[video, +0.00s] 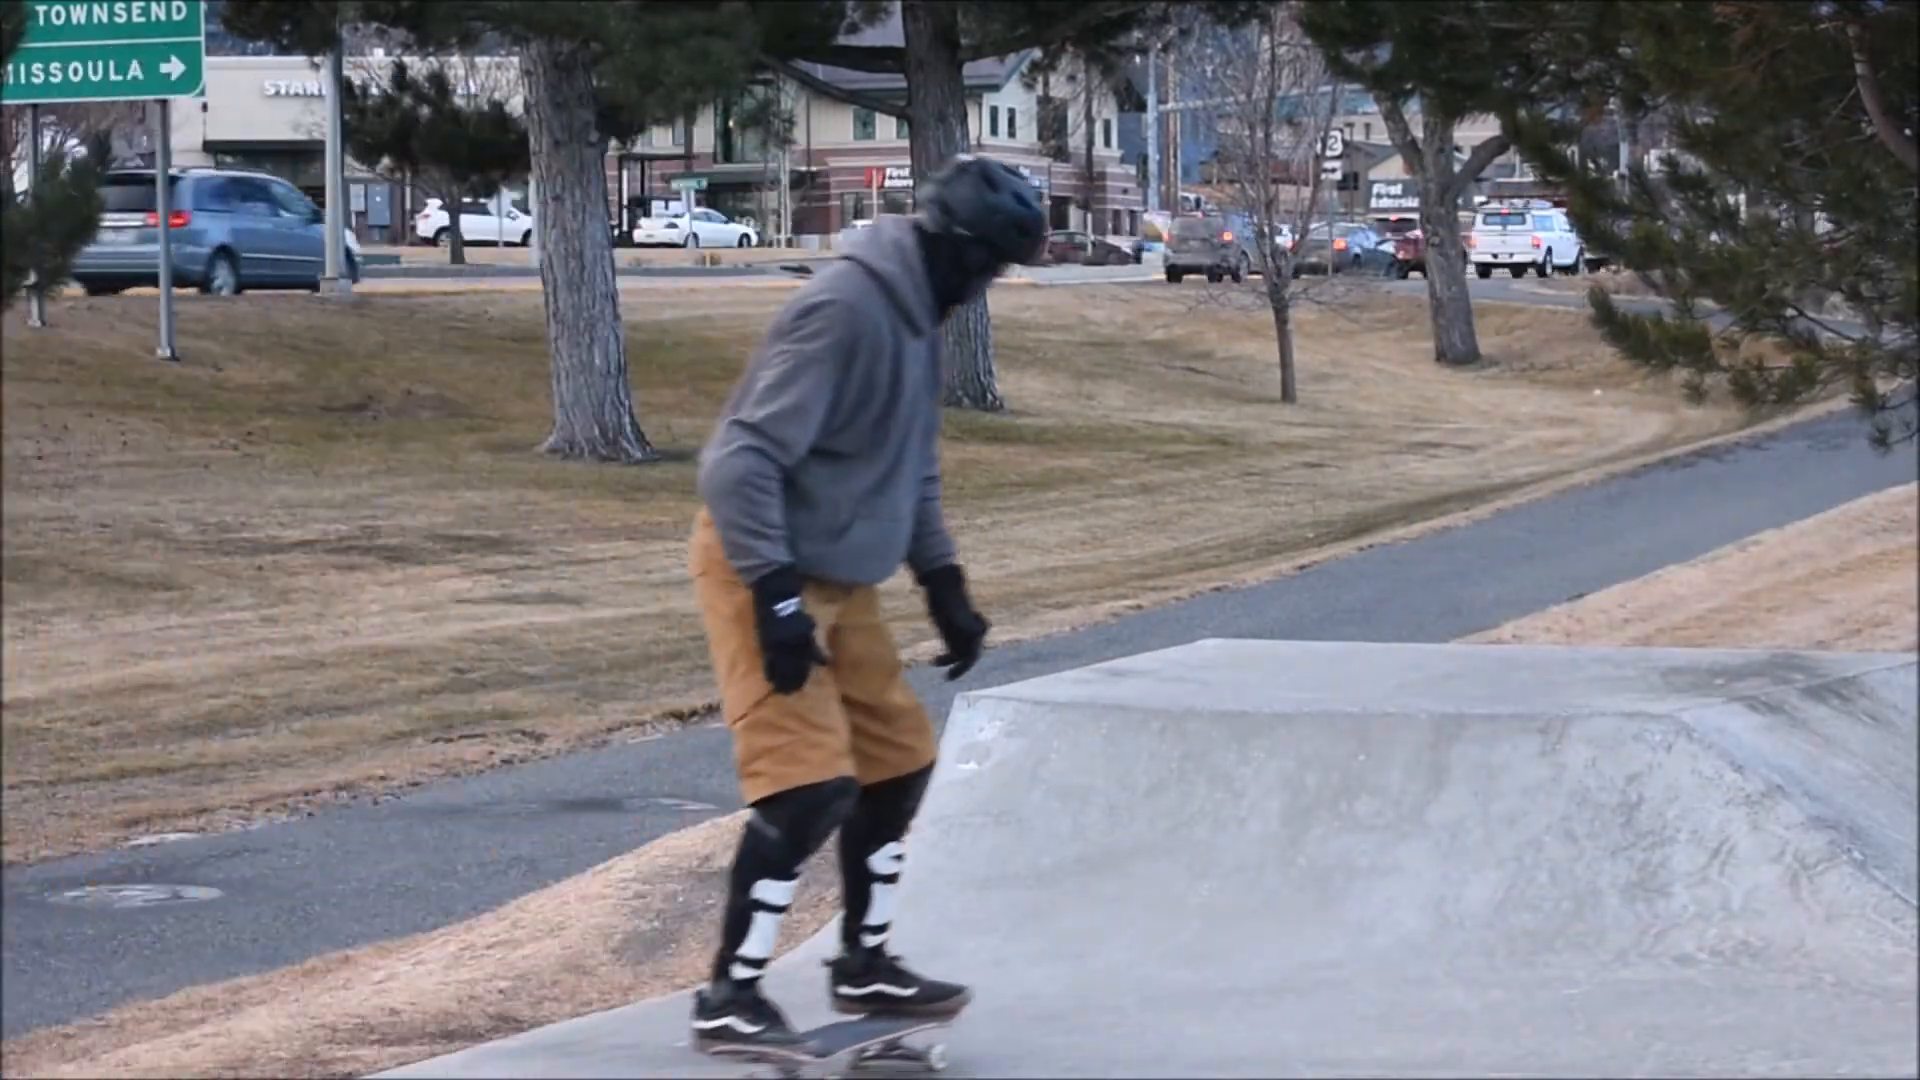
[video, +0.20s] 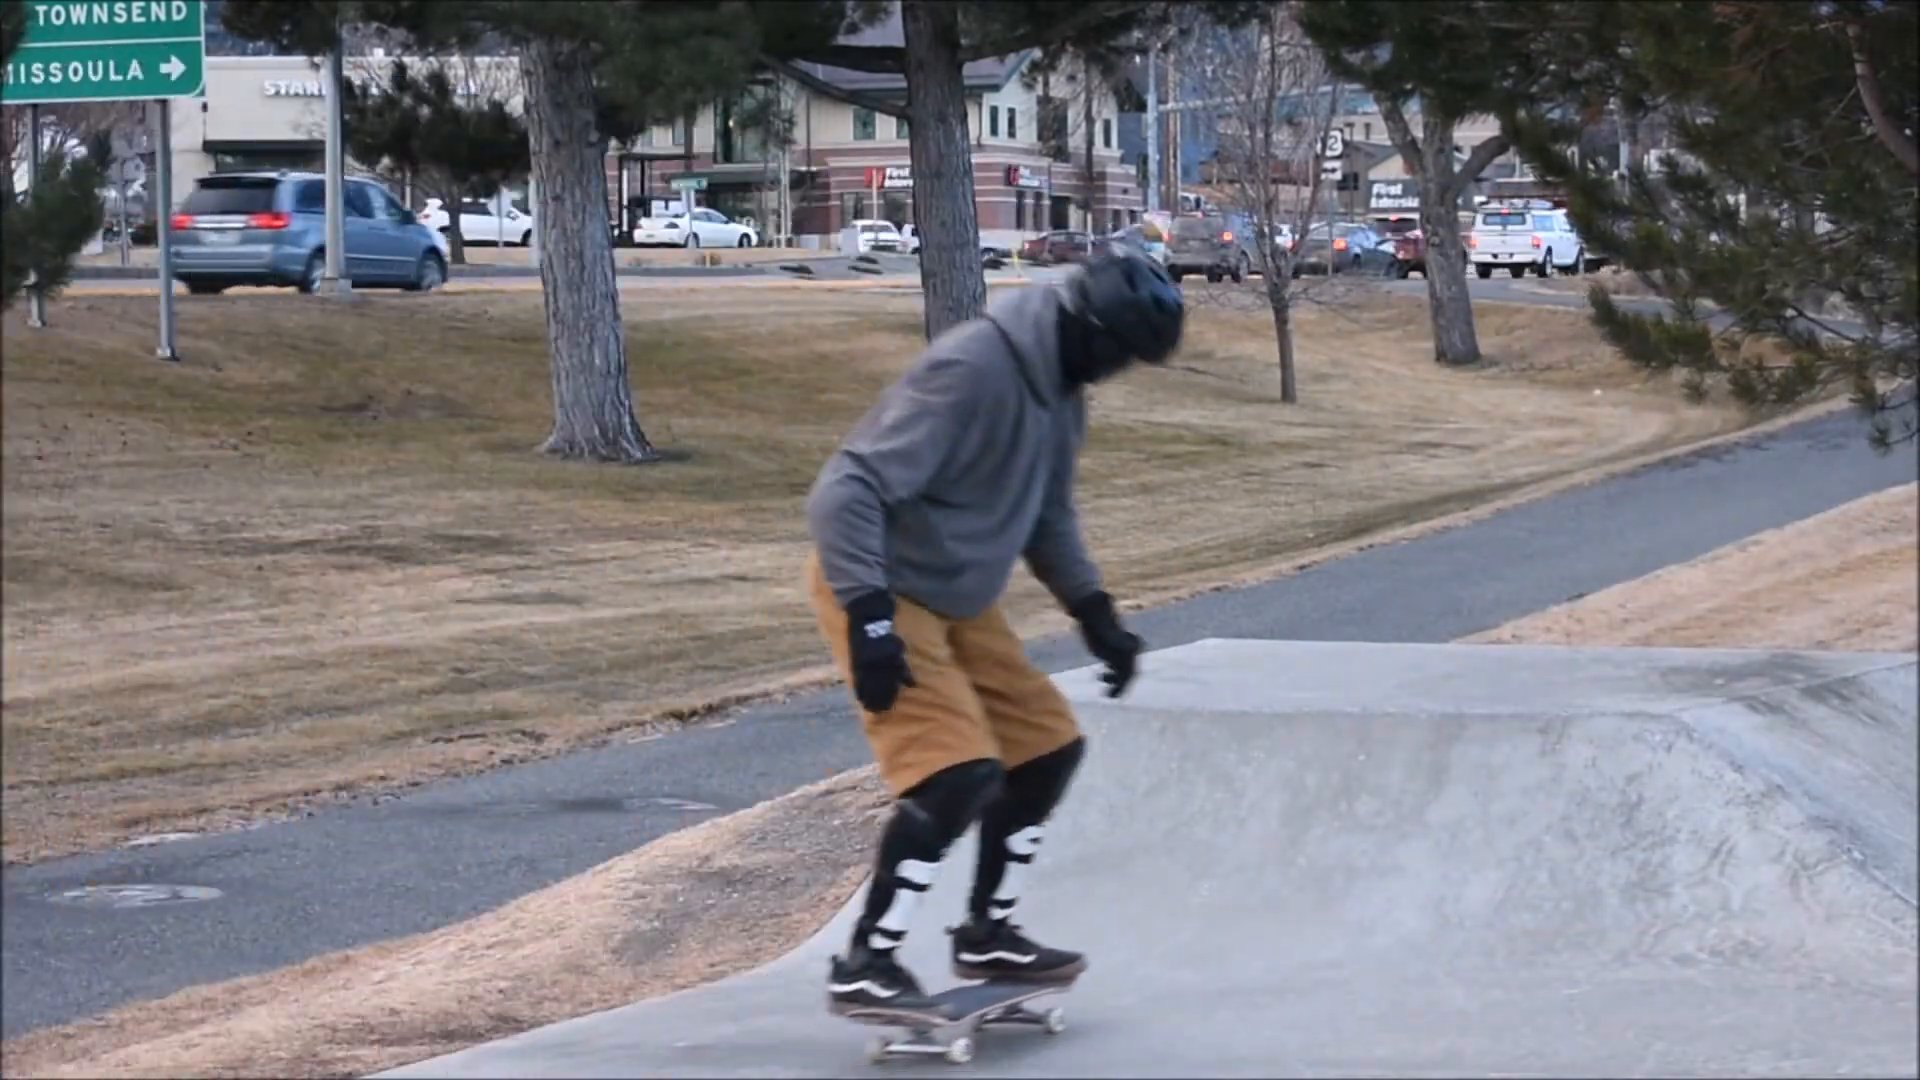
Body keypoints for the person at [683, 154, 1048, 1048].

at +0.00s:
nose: (991, 283)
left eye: (1001, 268)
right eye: (992, 263)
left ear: (965, 241)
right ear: (957, 238)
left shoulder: (918, 312)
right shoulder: (845, 305)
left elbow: (914, 468)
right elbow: (740, 458)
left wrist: (943, 583)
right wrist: (774, 596)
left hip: (841, 577)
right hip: (762, 570)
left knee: (895, 763)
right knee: (807, 783)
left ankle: (863, 962)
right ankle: (730, 994)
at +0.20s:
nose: (1115, 370)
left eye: (1127, 360)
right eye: (1118, 353)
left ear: (1103, 332)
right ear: (1091, 323)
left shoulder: (1057, 387)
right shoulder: (972, 368)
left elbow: (1046, 515)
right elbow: (846, 489)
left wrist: (1095, 614)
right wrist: (870, 619)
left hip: (960, 595)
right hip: (880, 587)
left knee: (1045, 753)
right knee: (956, 772)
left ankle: (984, 931)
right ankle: (864, 960)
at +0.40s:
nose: (1213, 475)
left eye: (1222, 466)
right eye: (1212, 461)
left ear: (1205, 439)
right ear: (1186, 430)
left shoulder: (1188, 472)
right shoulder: (1070, 449)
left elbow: (1197, 576)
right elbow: (928, 538)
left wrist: (1274, 622)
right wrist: (933, 666)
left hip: (1074, 624)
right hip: (985, 612)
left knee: (1177, 750)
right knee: (1091, 765)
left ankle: (1093, 906)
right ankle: (985, 931)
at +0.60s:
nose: (1267, 496)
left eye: (1282, 483)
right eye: (1256, 481)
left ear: (1301, 457)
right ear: (1224, 443)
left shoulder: (1293, 458)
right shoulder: (1146, 439)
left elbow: (1328, 586)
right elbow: (1023, 491)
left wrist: (1282, 539)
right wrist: (977, 590)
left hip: (1192, 593)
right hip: (1100, 579)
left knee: (1274, 737)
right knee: (1189, 743)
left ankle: (1192, 872)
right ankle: (1092, 905)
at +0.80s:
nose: (1286, 372)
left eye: (1300, 364)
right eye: (1274, 362)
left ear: (1324, 335)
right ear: (1244, 329)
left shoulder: (1349, 341)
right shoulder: (1191, 314)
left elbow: (1443, 422)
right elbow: (1101, 311)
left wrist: (1492, 508)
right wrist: (1015, 354)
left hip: (1312, 488)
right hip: (1205, 486)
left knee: (1383, 640)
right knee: (1220, 662)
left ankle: (1413, 745)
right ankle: (1189, 772)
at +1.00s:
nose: (1244, 349)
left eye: (1248, 338)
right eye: (1229, 340)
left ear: (1271, 307)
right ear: (1205, 308)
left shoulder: (1364, 288)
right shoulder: (1205, 288)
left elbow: (1470, 266)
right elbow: (1098, 334)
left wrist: (1570, 277)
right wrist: (1040, 416)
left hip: (1404, 430)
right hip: (1329, 435)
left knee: (1396, 624)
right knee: (1313, 568)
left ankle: (1486, 763)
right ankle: (1439, 630)